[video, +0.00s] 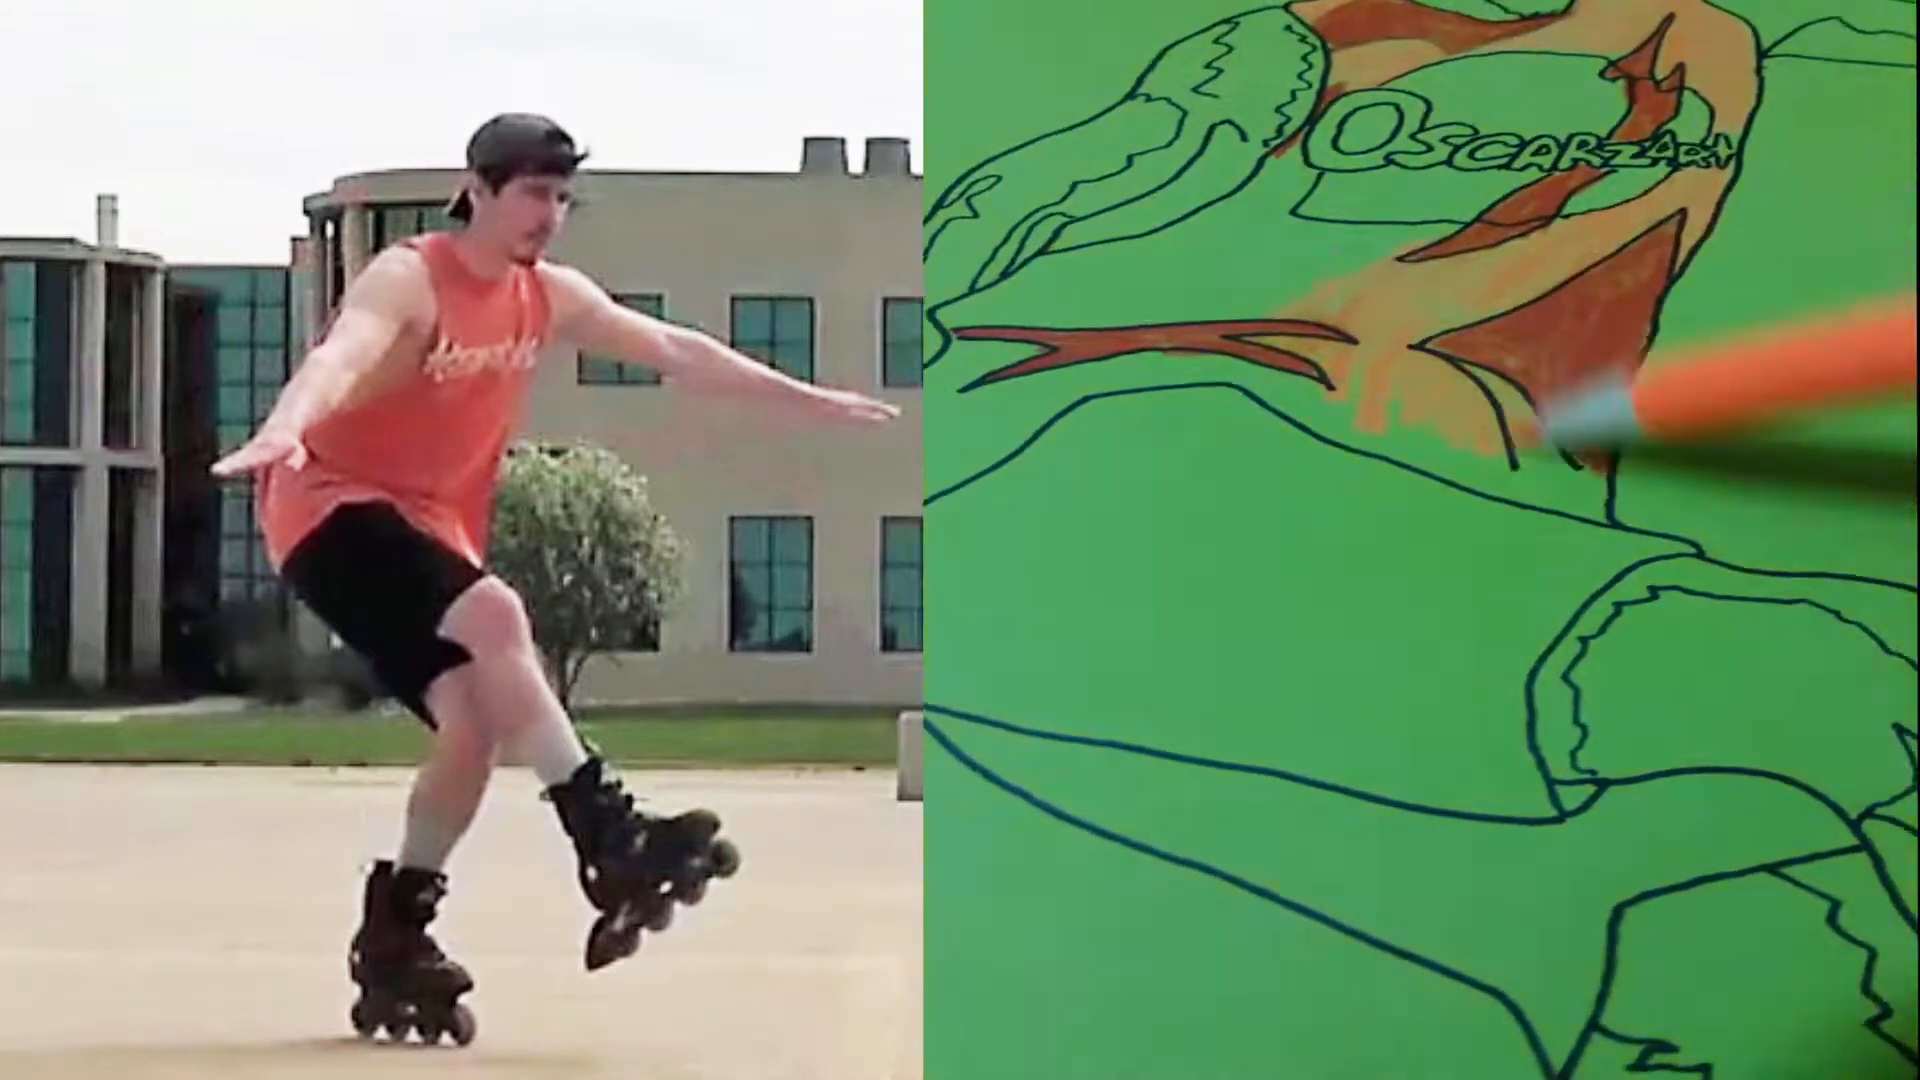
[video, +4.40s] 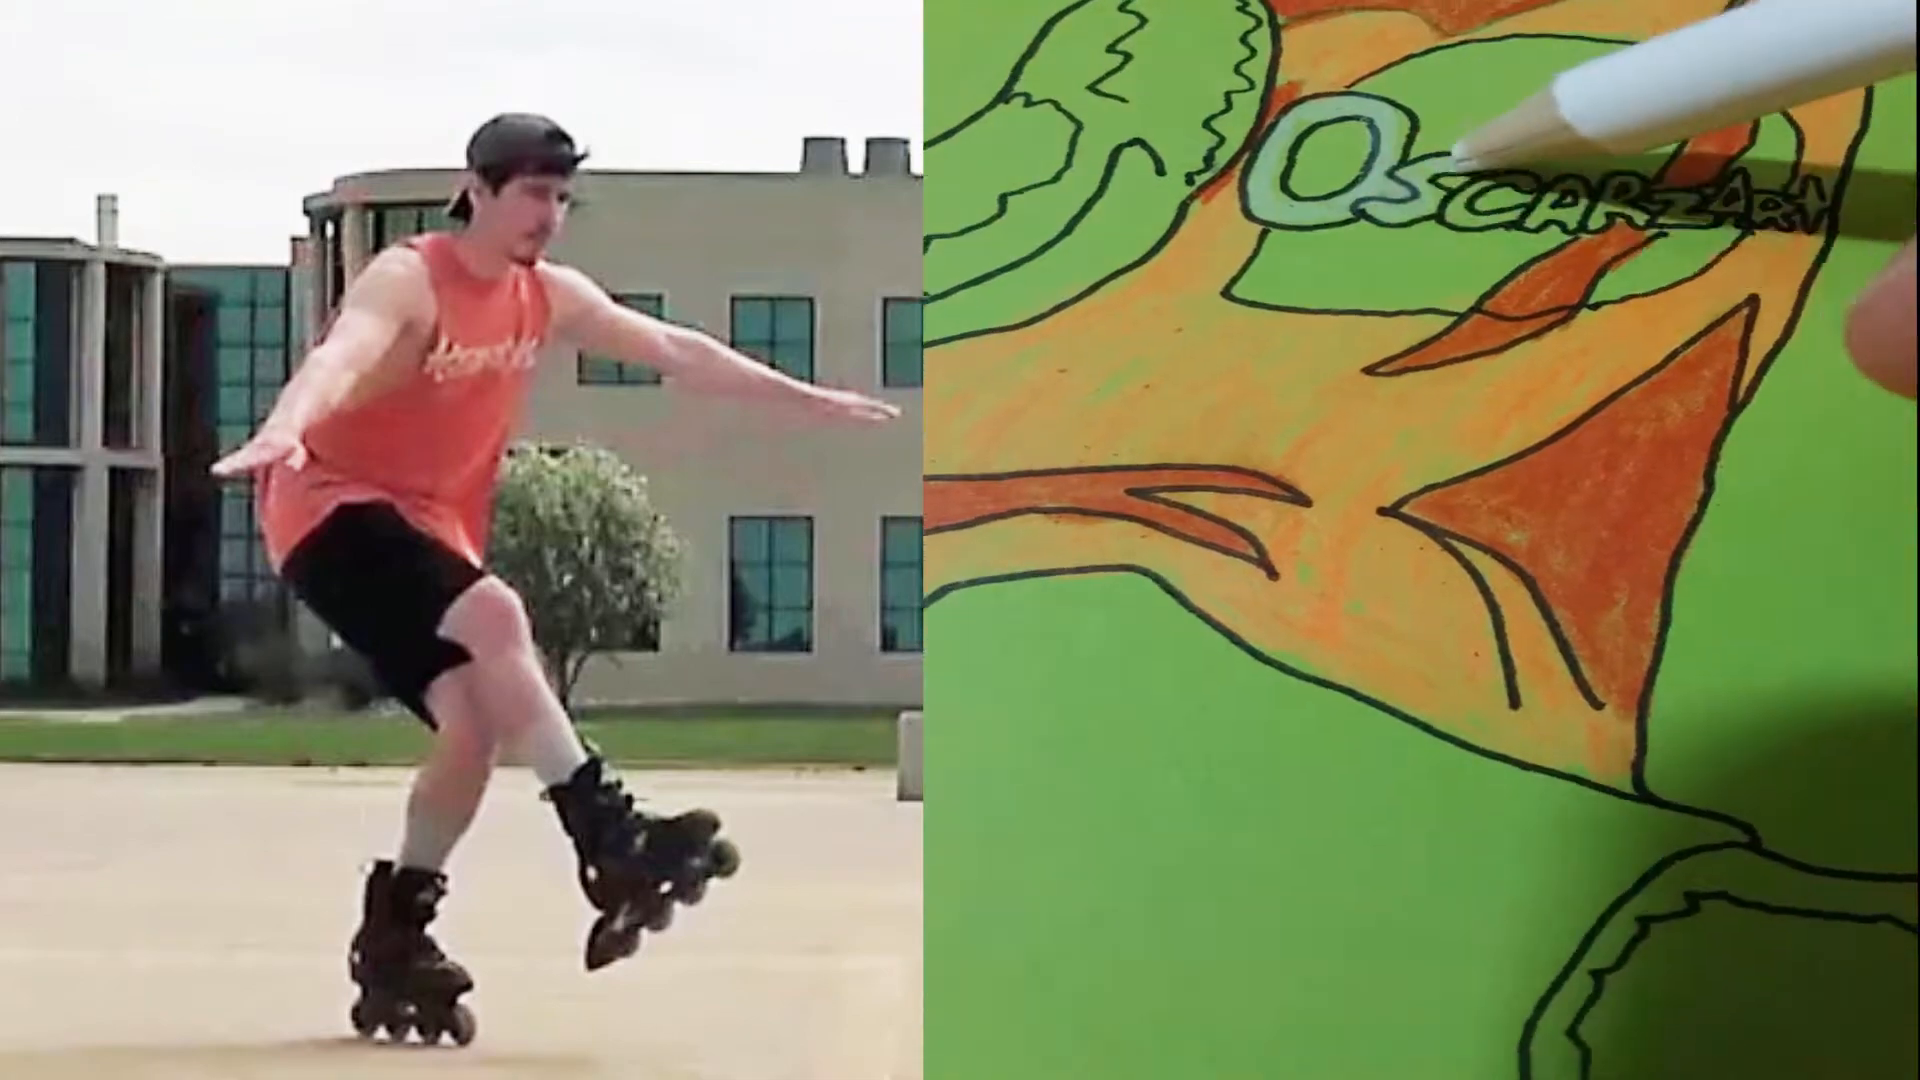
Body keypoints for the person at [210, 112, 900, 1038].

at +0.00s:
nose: (551, 215)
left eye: (561, 199)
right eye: (535, 195)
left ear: (563, 203)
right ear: (475, 191)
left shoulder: (551, 293)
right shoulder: (408, 274)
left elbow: (674, 350)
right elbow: (342, 356)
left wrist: (811, 399)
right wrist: (282, 429)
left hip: (436, 530)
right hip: (334, 505)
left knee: (477, 725)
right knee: (492, 616)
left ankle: (394, 934)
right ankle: (609, 840)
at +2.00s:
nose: (551, 214)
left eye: (561, 199)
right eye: (535, 195)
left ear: (563, 203)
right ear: (476, 191)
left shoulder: (552, 293)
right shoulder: (408, 274)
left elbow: (675, 350)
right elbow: (342, 355)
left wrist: (813, 400)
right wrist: (283, 428)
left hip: (437, 530)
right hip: (334, 506)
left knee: (477, 725)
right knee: (492, 616)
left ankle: (393, 938)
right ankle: (609, 839)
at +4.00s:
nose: (551, 215)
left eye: (561, 199)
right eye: (535, 195)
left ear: (562, 203)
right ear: (476, 191)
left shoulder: (551, 293)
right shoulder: (408, 275)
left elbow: (674, 350)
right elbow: (342, 356)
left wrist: (809, 398)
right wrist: (284, 427)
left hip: (436, 530)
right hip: (335, 505)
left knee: (477, 725)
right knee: (492, 616)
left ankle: (393, 937)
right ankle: (610, 842)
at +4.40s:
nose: (551, 215)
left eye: (561, 199)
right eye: (535, 196)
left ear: (562, 203)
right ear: (476, 191)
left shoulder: (551, 293)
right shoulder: (407, 275)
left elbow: (673, 350)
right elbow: (342, 356)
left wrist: (808, 398)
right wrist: (284, 428)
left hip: (436, 530)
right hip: (334, 505)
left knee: (477, 724)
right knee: (492, 616)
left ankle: (394, 939)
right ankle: (610, 841)